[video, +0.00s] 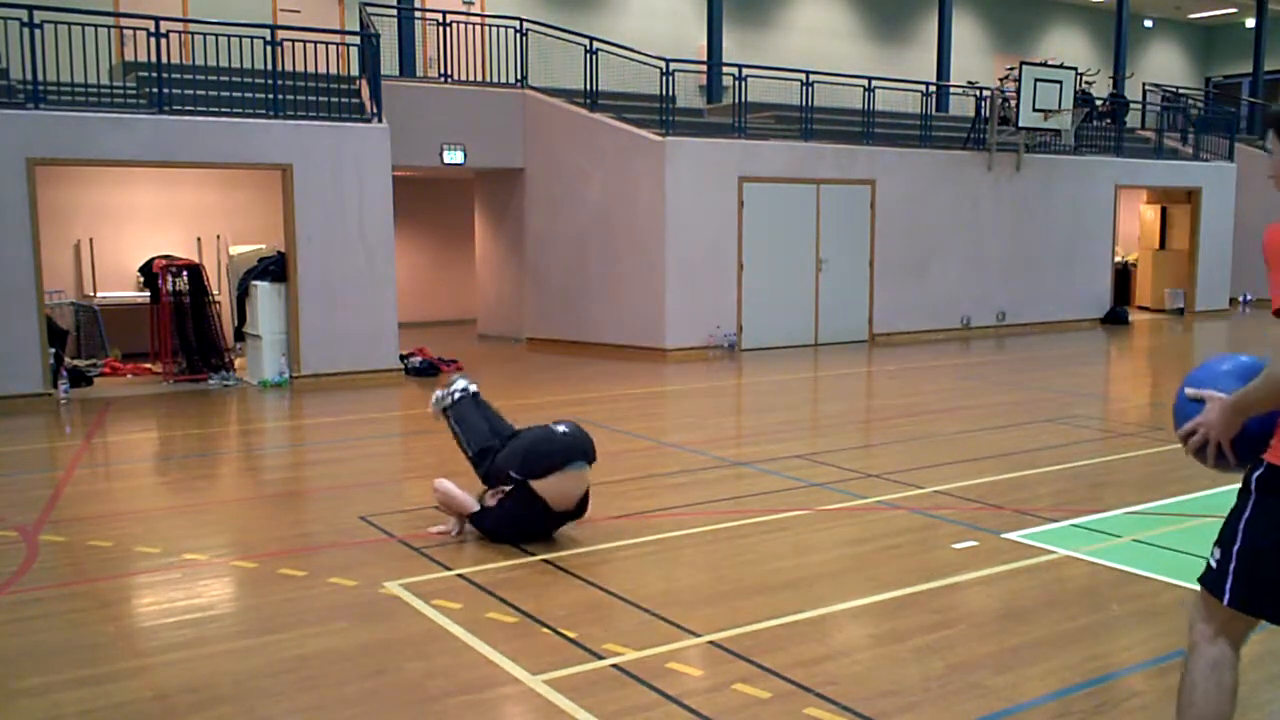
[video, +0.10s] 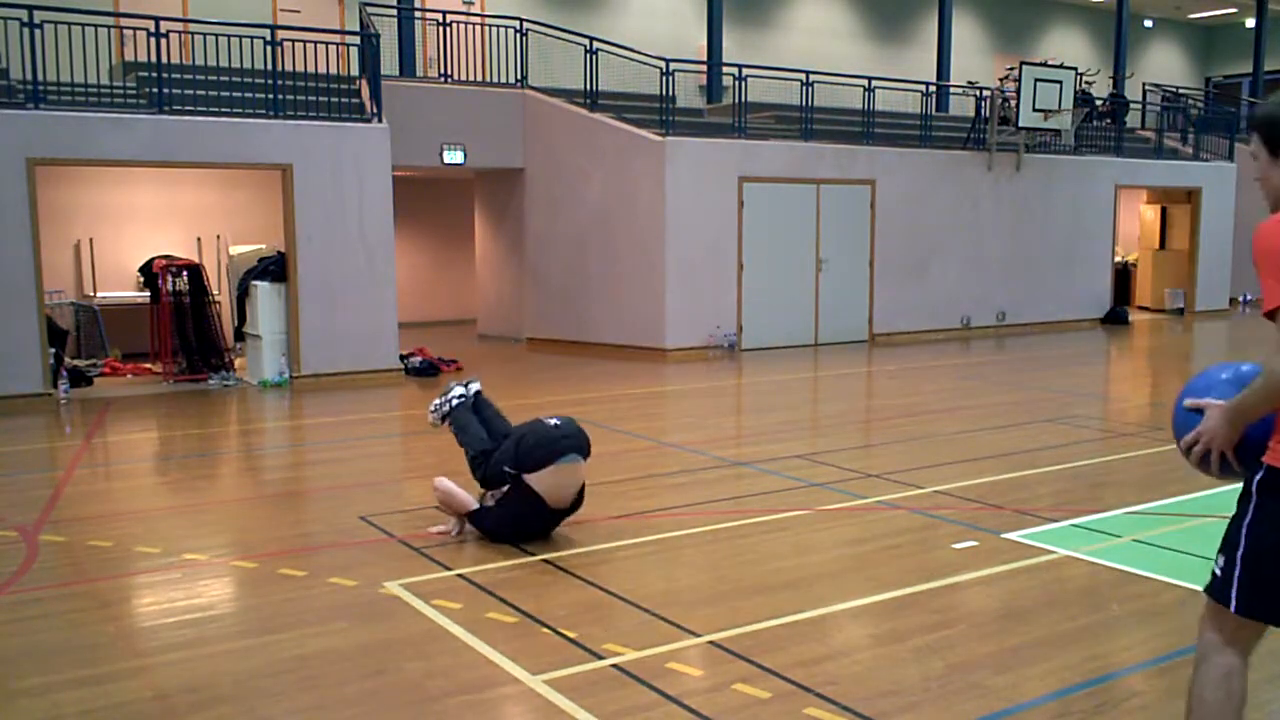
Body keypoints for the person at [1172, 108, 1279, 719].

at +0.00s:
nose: (1270, 167)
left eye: (1273, 151)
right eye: (1271, 151)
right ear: (1274, 159)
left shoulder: (1277, 237)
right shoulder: (1273, 239)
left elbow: (1279, 367)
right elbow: (1278, 367)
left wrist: (1234, 409)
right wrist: (1246, 406)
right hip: (1275, 462)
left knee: (1215, 627)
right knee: (1219, 620)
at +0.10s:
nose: (1248, 165)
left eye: (1252, 152)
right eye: (1249, 152)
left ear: (1272, 161)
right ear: (1274, 162)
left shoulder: (1272, 235)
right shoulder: (1270, 236)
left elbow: (1278, 360)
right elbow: (1278, 361)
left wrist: (1236, 413)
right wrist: (1240, 411)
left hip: (1278, 468)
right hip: (1271, 464)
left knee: (1225, 637)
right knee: (1229, 633)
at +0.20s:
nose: (1238, 182)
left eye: (1239, 164)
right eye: (1237, 166)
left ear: (1266, 161)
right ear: (1276, 162)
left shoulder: (1265, 234)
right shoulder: (1265, 236)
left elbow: (1277, 362)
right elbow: (1278, 363)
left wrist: (1232, 422)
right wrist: (1237, 417)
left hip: (1278, 467)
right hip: (1271, 464)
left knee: (1238, 648)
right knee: (1239, 644)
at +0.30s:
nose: (1222, 180)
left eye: (1224, 165)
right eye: (1221, 165)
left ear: (1254, 164)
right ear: (1266, 163)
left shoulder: (1257, 234)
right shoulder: (1266, 231)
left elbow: (1274, 364)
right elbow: (1276, 358)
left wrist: (1225, 430)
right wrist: (1235, 416)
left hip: (1279, 468)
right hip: (1273, 464)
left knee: (1243, 653)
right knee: (1243, 648)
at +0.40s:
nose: (1207, 184)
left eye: (1209, 169)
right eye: (1207, 169)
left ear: (1240, 168)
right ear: (1256, 166)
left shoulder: (1247, 236)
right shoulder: (1263, 231)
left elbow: (1270, 365)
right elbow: (1272, 356)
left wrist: (1221, 435)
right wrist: (1233, 420)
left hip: (1276, 468)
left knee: (1242, 653)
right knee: (1243, 648)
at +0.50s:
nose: (1195, 193)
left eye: (1195, 178)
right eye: (1193, 179)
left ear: (1222, 172)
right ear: (1255, 168)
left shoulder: (1236, 238)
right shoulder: (1264, 225)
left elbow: (1265, 364)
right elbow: (1268, 356)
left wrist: (1213, 441)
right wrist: (1226, 435)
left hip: (1273, 469)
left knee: (1240, 654)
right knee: (1242, 650)